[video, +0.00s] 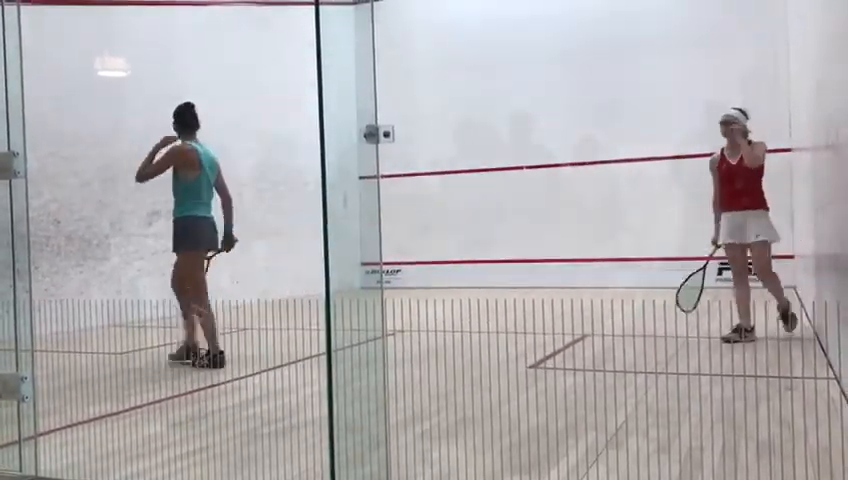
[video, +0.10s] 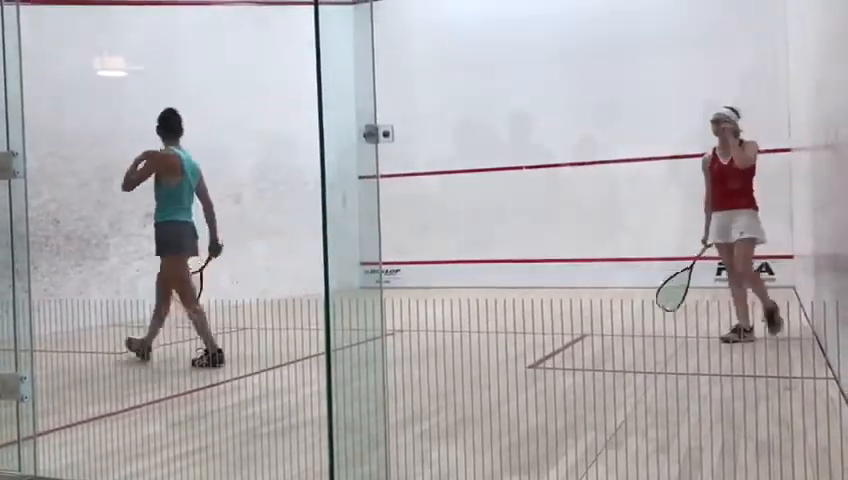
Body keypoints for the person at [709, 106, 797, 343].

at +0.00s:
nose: (726, 128)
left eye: (731, 124)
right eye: (724, 124)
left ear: (743, 127)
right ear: (721, 129)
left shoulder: (757, 147)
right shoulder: (717, 159)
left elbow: (753, 162)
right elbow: (717, 197)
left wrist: (740, 138)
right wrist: (716, 231)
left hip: (756, 217)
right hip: (730, 219)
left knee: (763, 271)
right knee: (739, 275)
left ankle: (784, 306)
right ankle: (745, 325)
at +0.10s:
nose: (721, 127)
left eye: (726, 123)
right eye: (717, 123)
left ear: (736, 126)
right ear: (712, 128)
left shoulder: (749, 147)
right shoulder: (709, 158)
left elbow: (743, 162)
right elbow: (709, 196)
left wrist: (730, 136)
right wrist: (707, 230)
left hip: (745, 215)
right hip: (719, 217)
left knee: (744, 269)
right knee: (733, 273)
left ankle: (769, 306)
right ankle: (744, 325)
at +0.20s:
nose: (710, 127)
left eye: (715, 122)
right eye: (707, 124)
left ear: (727, 125)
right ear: (704, 129)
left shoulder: (740, 146)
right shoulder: (700, 158)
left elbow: (731, 163)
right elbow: (700, 194)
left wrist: (718, 140)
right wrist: (695, 228)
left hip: (733, 213)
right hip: (709, 215)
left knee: (725, 264)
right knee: (724, 270)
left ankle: (744, 322)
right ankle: (740, 322)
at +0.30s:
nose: (695, 128)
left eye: (700, 124)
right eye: (694, 124)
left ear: (714, 127)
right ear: (695, 129)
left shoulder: (729, 147)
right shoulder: (692, 158)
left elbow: (718, 165)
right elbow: (690, 195)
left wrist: (703, 146)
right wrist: (683, 228)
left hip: (722, 215)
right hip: (700, 217)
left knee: (714, 271)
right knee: (719, 272)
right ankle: (742, 324)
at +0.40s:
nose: (686, 127)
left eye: (691, 123)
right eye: (684, 123)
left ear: (704, 126)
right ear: (682, 128)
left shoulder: (716, 147)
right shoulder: (681, 159)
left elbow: (711, 170)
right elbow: (680, 196)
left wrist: (687, 151)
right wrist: (670, 228)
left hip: (709, 217)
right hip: (689, 219)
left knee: (698, 273)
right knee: (712, 274)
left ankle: (687, 329)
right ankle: (739, 323)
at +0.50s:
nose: (673, 127)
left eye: (678, 122)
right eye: (671, 123)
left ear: (691, 124)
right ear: (670, 127)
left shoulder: (701, 146)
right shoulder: (672, 156)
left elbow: (703, 176)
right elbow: (672, 196)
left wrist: (669, 174)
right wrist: (658, 224)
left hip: (694, 216)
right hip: (678, 217)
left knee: (682, 271)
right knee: (692, 276)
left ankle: (682, 330)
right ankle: (731, 316)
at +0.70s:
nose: (642, 126)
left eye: (646, 121)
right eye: (642, 122)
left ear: (660, 123)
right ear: (650, 126)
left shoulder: (668, 145)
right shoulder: (658, 148)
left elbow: (667, 183)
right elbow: (658, 189)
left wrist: (644, 205)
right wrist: (632, 207)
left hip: (668, 217)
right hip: (659, 217)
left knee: (662, 273)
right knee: (642, 269)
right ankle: (680, 311)